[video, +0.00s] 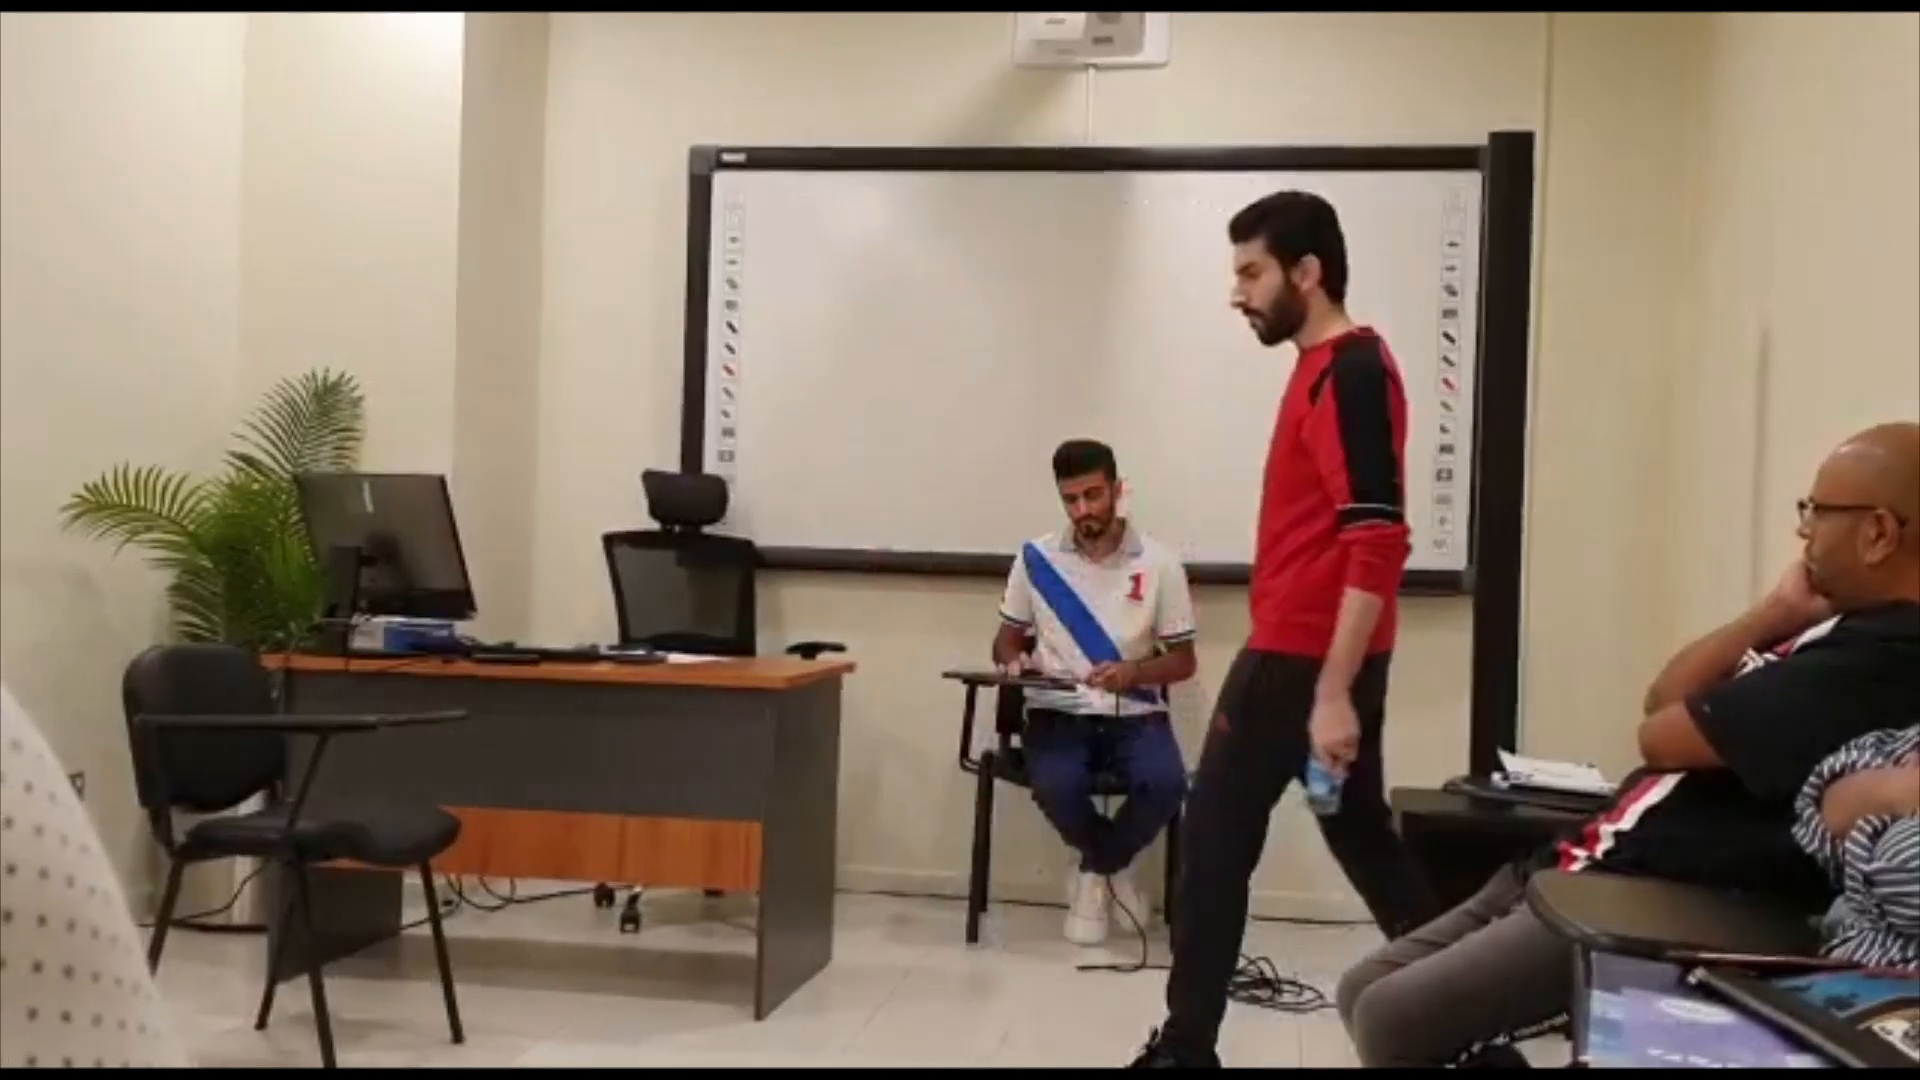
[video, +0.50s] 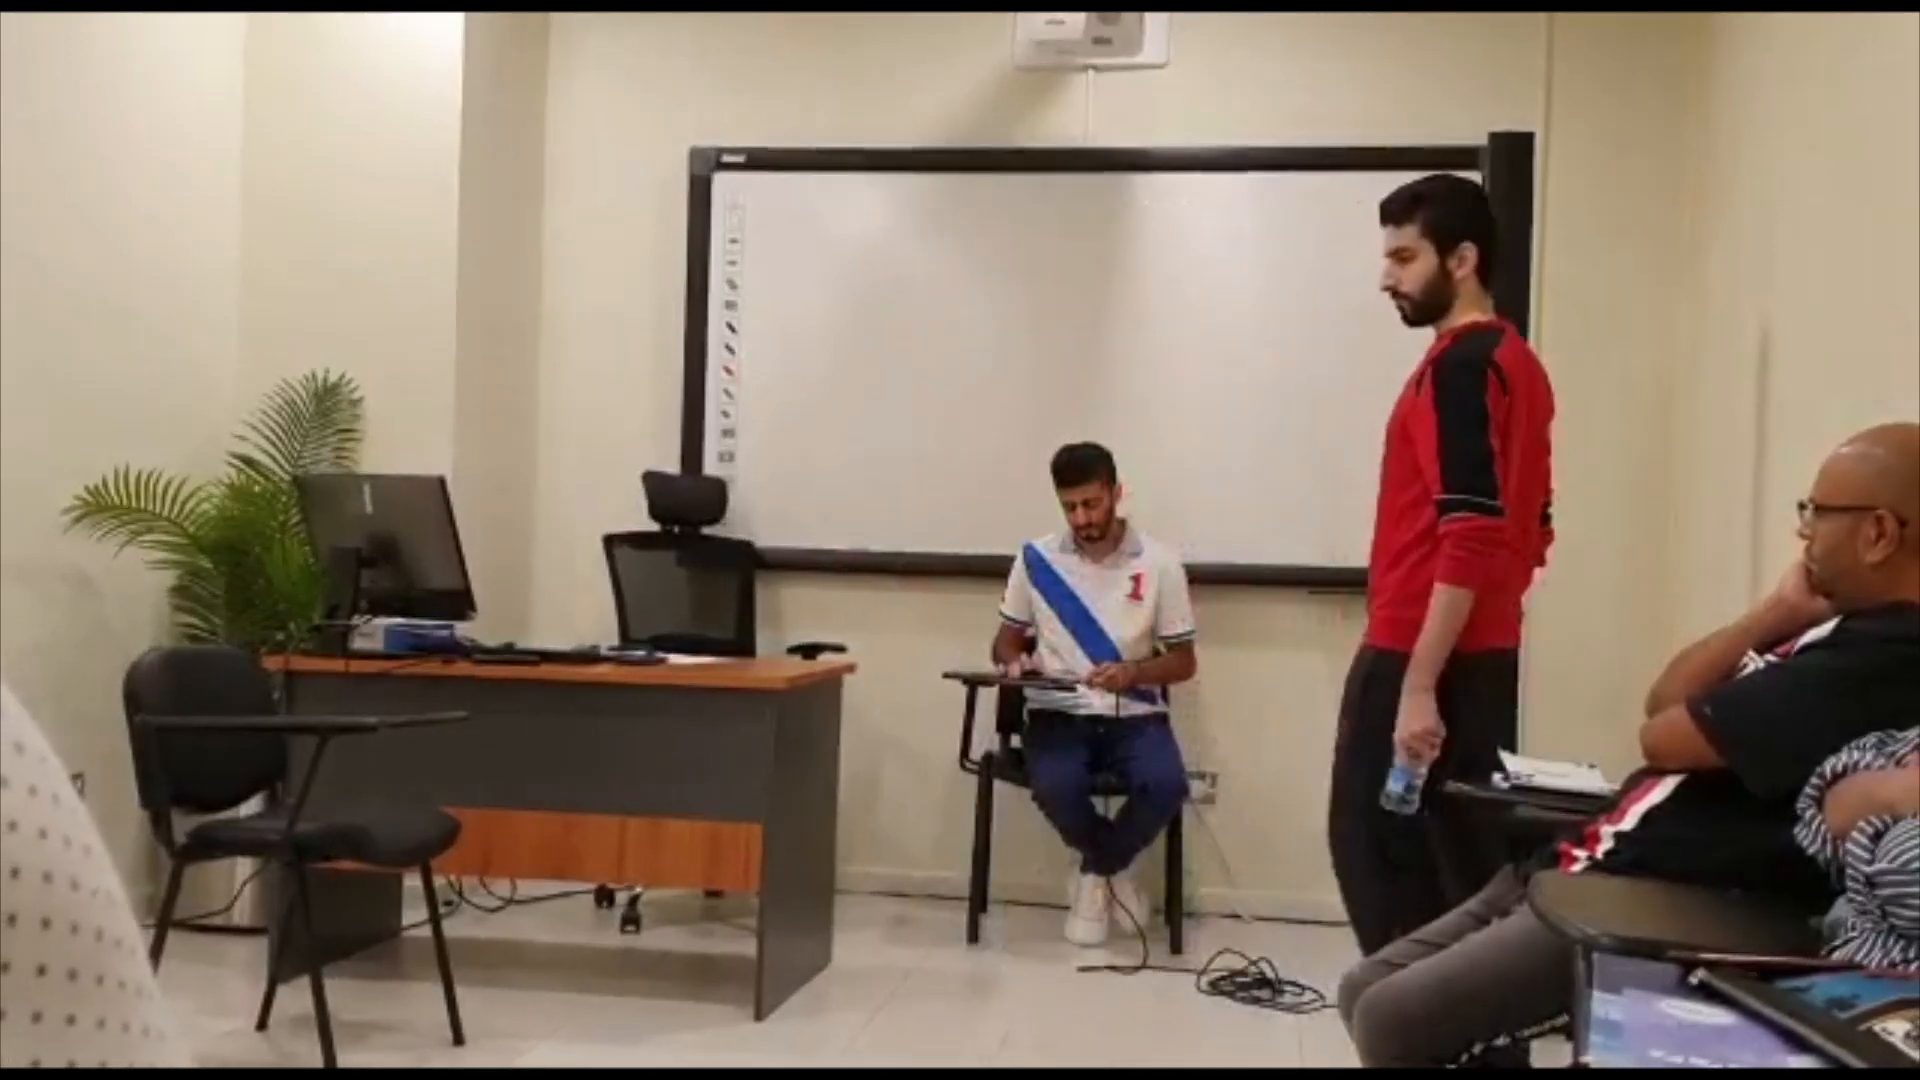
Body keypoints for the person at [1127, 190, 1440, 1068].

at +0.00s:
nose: (1236, 294)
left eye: (1249, 273)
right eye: (1234, 276)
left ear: (1308, 272)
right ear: (1303, 278)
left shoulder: (1352, 366)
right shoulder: (1322, 366)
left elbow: (1379, 541)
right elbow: (1326, 535)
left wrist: (1335, 690)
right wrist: (1267, 664)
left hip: (1300, 656)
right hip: (1319, 650)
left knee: (1215, 831)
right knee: (1365, 838)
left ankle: (1188, 1043)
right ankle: (1470, 1023)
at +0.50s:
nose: (1386, 280)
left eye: (1402, 260)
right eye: (1386, 260)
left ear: (1463, 261)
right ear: (1460, 265)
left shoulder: (1464, 363)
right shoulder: (1517, 362)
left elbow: (1473, 535)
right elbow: (1532, 534)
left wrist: (1419, 683)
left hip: (1410, 664)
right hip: (1475, 665)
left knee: (1373, 854)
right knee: (1464, 855)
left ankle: (1424, 1054)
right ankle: (1474, 1050)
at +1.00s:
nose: (1427, 288)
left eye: (1447, 270)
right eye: (1428, 268)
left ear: (1511, 279)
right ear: (1506, 283)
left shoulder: (1510, 384)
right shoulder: (1487, 363)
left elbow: (1473, 574)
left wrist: (1371, 698)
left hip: (1448, 672)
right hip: (1427, 667)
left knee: (1439, 908)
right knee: (1436, 904)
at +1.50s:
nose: (1388, 280)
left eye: (1405, 261)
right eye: (1389, 260)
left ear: (1468, 266)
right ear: (1458, 271)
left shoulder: (1498, 364)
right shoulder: (1469, 358)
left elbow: (1535, 544)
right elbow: (1485, 535)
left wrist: (1495, 703)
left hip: (1470, 669)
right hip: (1438, 664)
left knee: (1451, 901)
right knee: (1428, 896)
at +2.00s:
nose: (1369, 317)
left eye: (1384, 296)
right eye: (1368, 298)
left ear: (1444, 294)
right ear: (1442, 297)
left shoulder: (1496, 376)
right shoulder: (1486, 373)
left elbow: (1582, 531)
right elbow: (1545, 532)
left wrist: (1591, 689)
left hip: (1499, 674)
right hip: (1510, 669)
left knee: (1397, 853)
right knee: (1481, 866)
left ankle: (1391, 1052)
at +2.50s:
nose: (1351, 293)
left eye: (1365, 272)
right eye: (1352, 273)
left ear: (1424, 274)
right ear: (1434, 277)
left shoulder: (1440, 374)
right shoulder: (1529, 365)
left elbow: (1372, 530)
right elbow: (1570, 527)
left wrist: (1282, 657)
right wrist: (1467, 580)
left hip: (1450, 665)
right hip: (1533, 664)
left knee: (1390, 863)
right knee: (1503, 861)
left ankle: (1388, 1041)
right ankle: (1490, 1035)